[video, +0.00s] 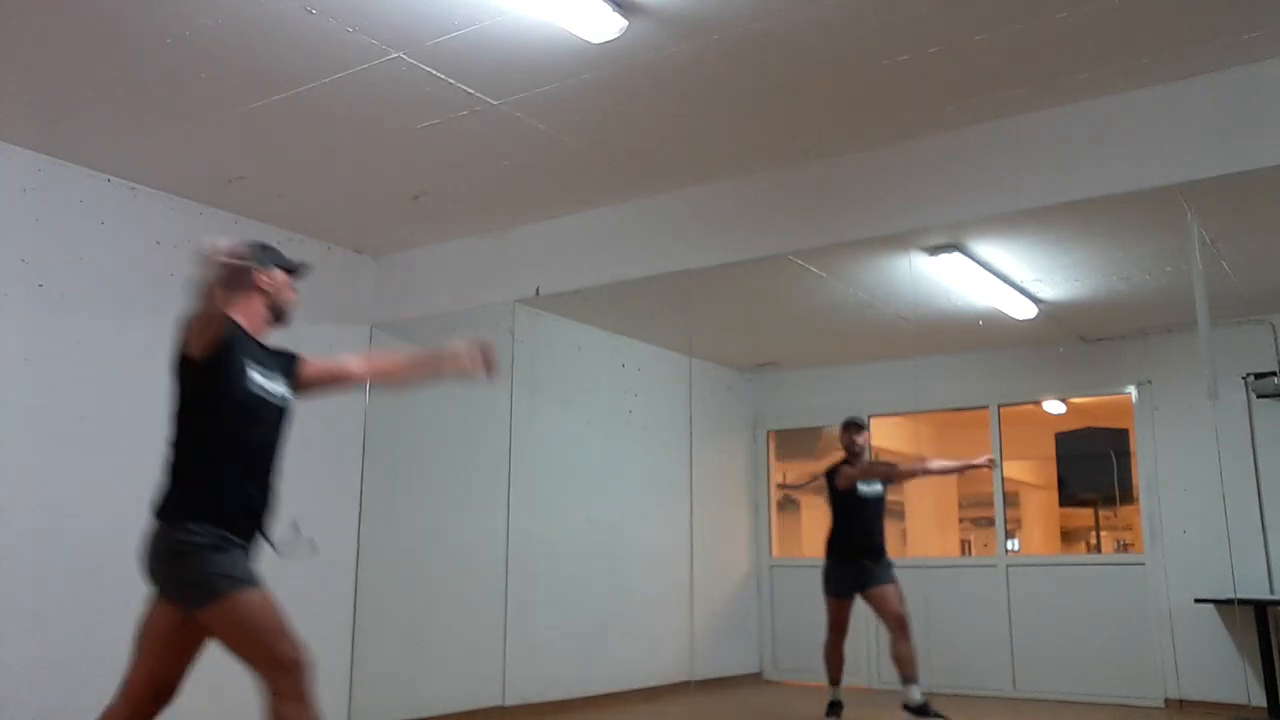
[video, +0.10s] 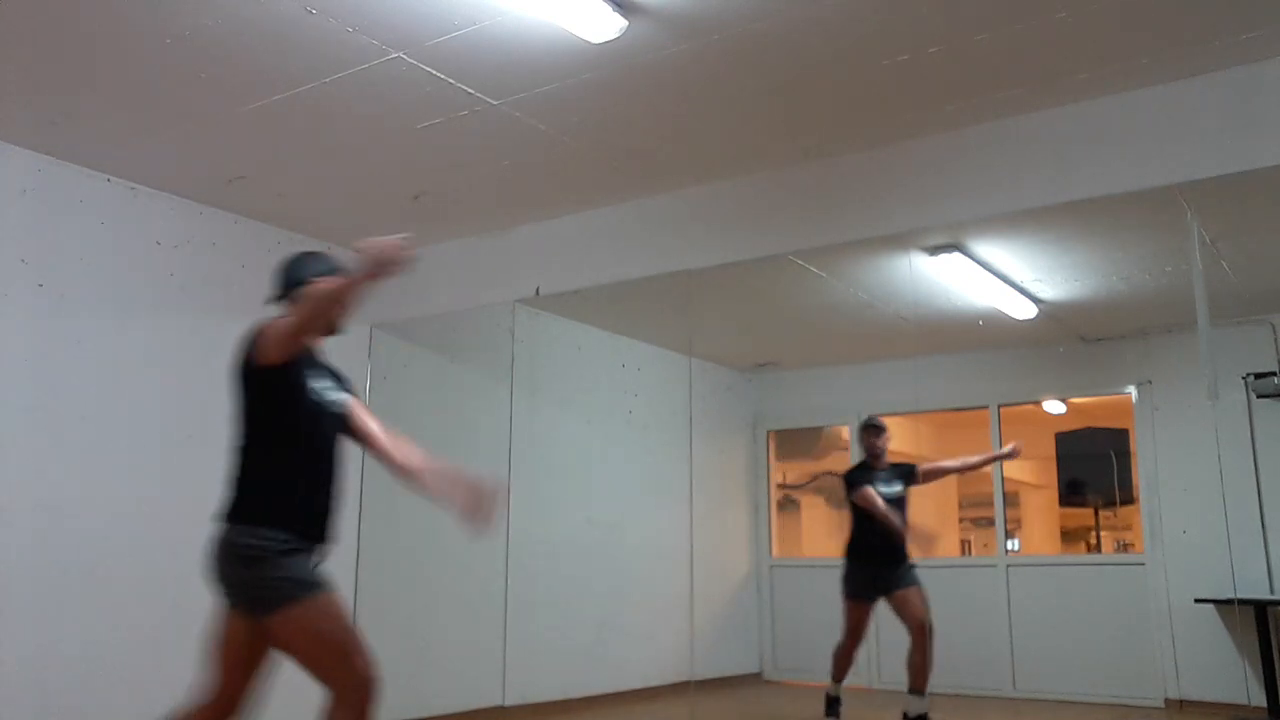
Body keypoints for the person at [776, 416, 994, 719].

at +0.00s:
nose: (854, 439)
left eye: (858, 433)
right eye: (848, 434)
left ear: (868, 438)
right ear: (841, 440)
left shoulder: (880, 471)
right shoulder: (837, 473)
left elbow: (923, 466)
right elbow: (865, 471)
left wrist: (969, 464)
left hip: (874, 561)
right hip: (841, 562)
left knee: (899, 621)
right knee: (836, 632)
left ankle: (913, 698)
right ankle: (835, 698)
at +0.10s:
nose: (875, 443)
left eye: (879, 436)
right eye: (869, 438)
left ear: (887, 438)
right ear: (862, 442)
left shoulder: (903, 472)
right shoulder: (855, 477)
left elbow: (955, 466)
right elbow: (877, 506)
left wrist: (1001, 454)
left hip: (896, 565)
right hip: (862, 566)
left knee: (922, 626)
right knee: (853, 636)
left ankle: (916, 710)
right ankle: (833, 695)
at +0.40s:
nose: (952, 424)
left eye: (957, 418)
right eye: (946, 418)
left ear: (967, 421)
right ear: (938, 421)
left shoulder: (981, 456)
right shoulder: (922, 451)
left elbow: (1028, 462)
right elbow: (869, 461)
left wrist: (1067, 466)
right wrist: (819, 471)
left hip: (956, 552)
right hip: (925, 550)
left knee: (934, 630)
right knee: (960, 621)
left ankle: (911, 700)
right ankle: (973, 703)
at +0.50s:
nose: (968, 427)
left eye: (973, 421)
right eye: (961, 421)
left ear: (983, 423)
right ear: (951, 424)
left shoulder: (998, 463)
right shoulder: (939, 452)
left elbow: (1026, 506)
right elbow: (900, 425)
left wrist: (1056, 547)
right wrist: (866, 402)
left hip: (984, 557)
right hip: (953, 556)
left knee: (973, 639)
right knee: (991, 636)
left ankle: (912, 639)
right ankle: (992, 712)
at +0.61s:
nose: (979, 415)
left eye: (986, 409)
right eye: (973, 409)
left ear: (996, 415)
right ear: (963, 414)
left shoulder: (1007, 455)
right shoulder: (958, 446)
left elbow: (1023, 504)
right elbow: (948, 392)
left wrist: (1036, 548)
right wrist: (942, 345)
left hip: (1005, 547)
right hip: (970, 548)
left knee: (1022, 630)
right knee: (998, 632)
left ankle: (971, 583)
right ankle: (993, 713)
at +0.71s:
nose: (1008, 383)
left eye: (1010, 377)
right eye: (1001, 379)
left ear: (1012, 384)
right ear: (985, 383)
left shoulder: (1018, 419)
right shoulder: (980, 413)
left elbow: (1017, 462)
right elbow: (1007, 370)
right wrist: (1037, 328)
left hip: (1016, 519)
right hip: (981, 519)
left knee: (1051, 596)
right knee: (975, 610)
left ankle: (999, 611)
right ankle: (967, 691)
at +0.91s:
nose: (1024, 369)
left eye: (1028, 364)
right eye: (1016, 367)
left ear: (1038, 373)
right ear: (1008, 380)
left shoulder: (1051, 405)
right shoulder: (1017, 418)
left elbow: (1068, 352)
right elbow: (1058, 442)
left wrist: (1077, 310)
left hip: (1047, 521)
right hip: (1011, 519)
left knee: (1090, 601)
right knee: (959, 588)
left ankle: (1105, 694)